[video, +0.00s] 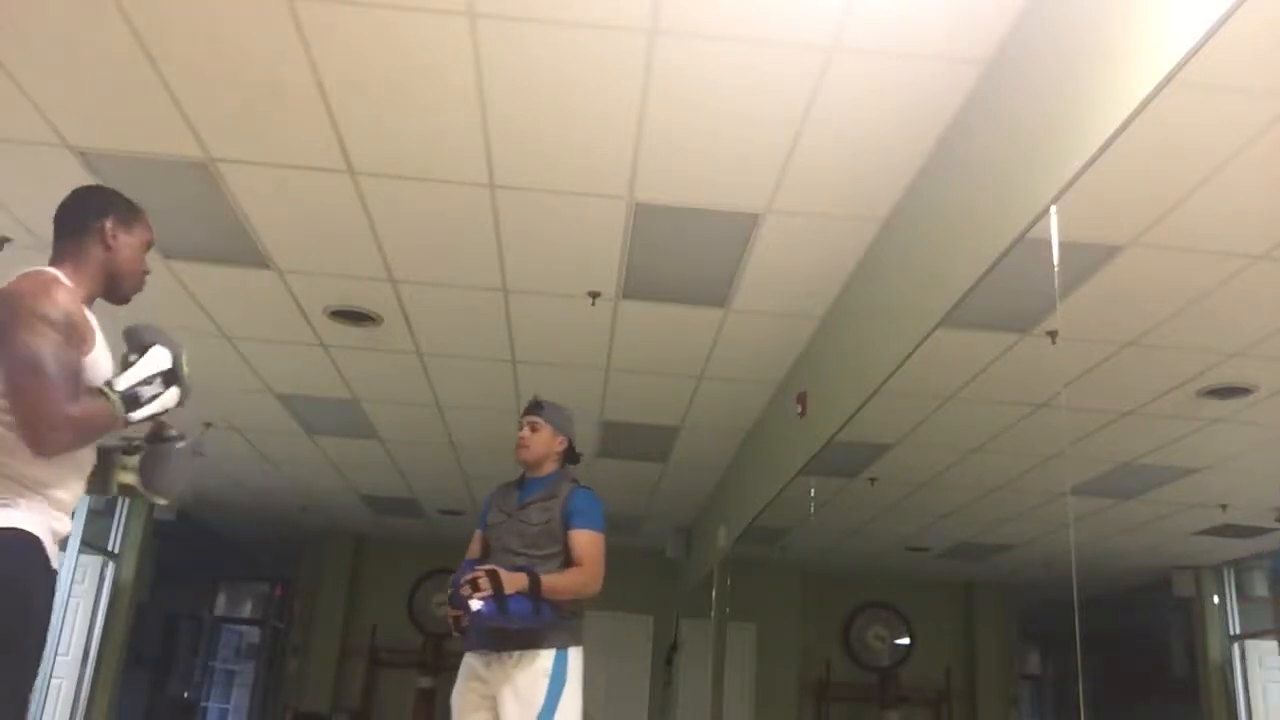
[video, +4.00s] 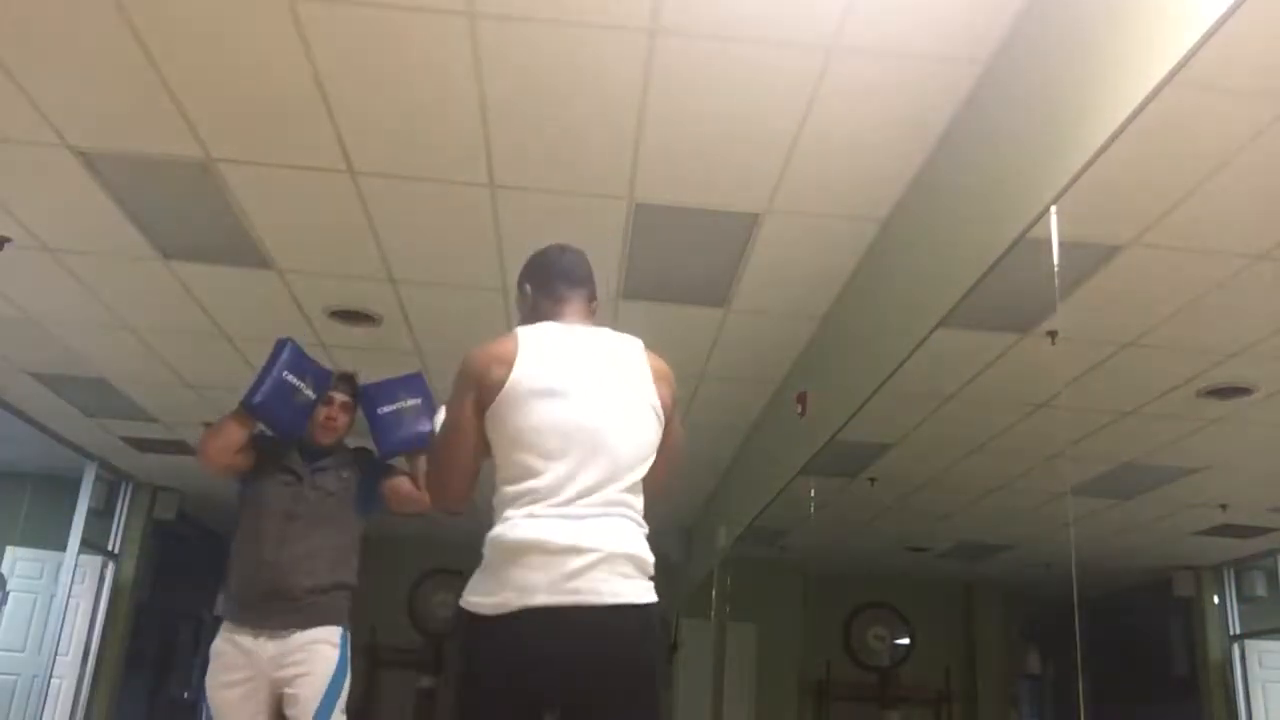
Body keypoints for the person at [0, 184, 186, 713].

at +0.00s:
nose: (148, 267)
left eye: (149, 252)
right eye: (145, 248)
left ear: (105, 238)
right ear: (108, 234)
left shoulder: (71, 314)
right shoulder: (42, 296)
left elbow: (48, 438)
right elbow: (47, 427)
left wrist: (126, 432)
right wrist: (128, 401)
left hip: (29, 543)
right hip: (14, 541)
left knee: (15, 698)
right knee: (10, 699)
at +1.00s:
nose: (202, 274)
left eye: (206, 259)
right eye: (205, 256)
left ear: (131, 242)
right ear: (181, 243)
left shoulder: (96, 295)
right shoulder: (140, 291)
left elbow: (76, 439)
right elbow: (131, 415)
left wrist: (159, 464)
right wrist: (194, 416)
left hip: (26, 538)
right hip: (73, 540)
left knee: (39, 705)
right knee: (96, 705)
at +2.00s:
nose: (303, 261)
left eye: (303, 252)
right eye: (304, 250)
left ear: (221, 246)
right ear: (291, 241)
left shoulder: (161, 317)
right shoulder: (292, 281)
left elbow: (138, 447)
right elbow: (324, 415)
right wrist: (329, 436)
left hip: (132, 558)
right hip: (219, 556)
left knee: (140, 711)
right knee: (237, 710)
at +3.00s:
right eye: (446, 257)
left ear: (375, 259)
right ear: (450, 255)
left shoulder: (328, 322)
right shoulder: (502, 317)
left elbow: (289, 473)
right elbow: (541, 445)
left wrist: (350, 436)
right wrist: (477, 466)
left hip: (331, 580)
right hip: (438, 579)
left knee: (323, 713)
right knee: (425, 711)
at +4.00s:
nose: (520, 309)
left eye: (520, 300)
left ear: (525, 297)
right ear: (595, 301)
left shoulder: (491, 360)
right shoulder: (653, 367)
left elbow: (448, 494)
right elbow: (658, 481)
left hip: (511, 613)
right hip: (621, 614)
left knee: (492, 711)